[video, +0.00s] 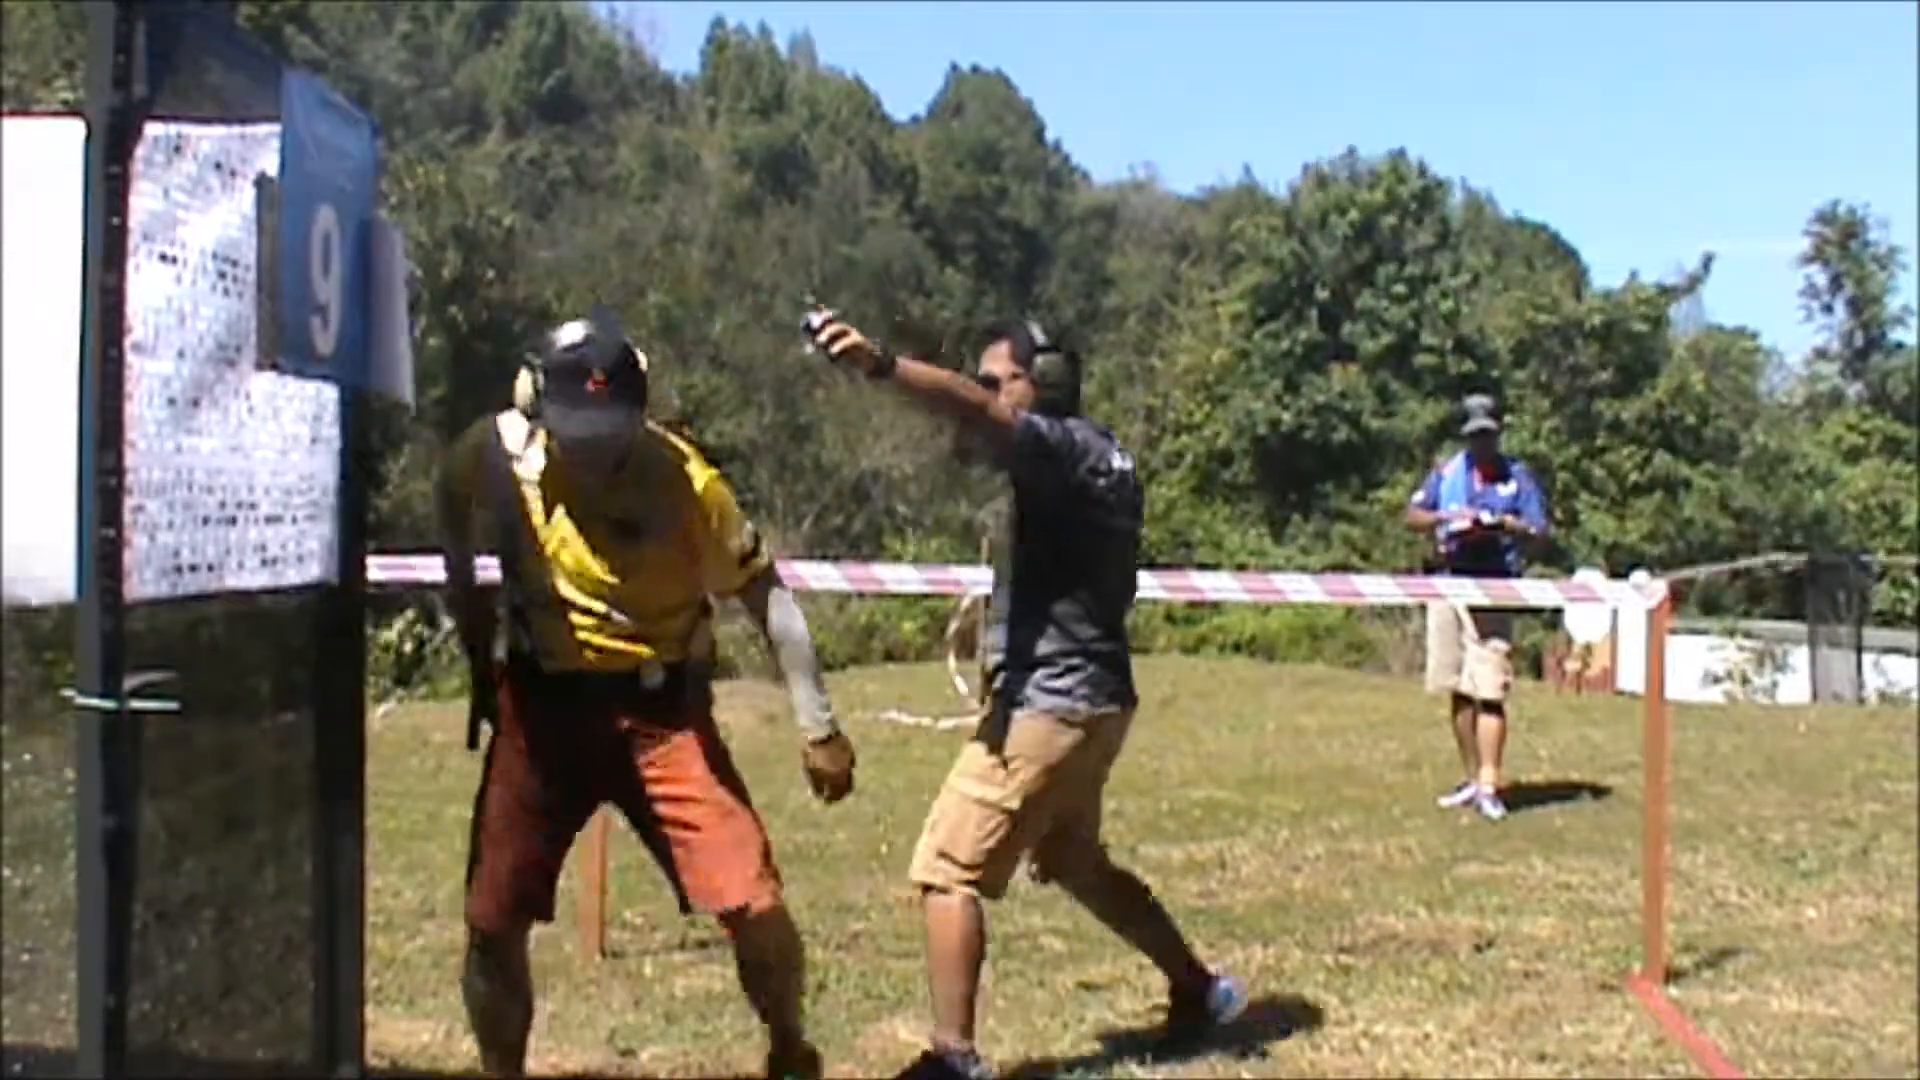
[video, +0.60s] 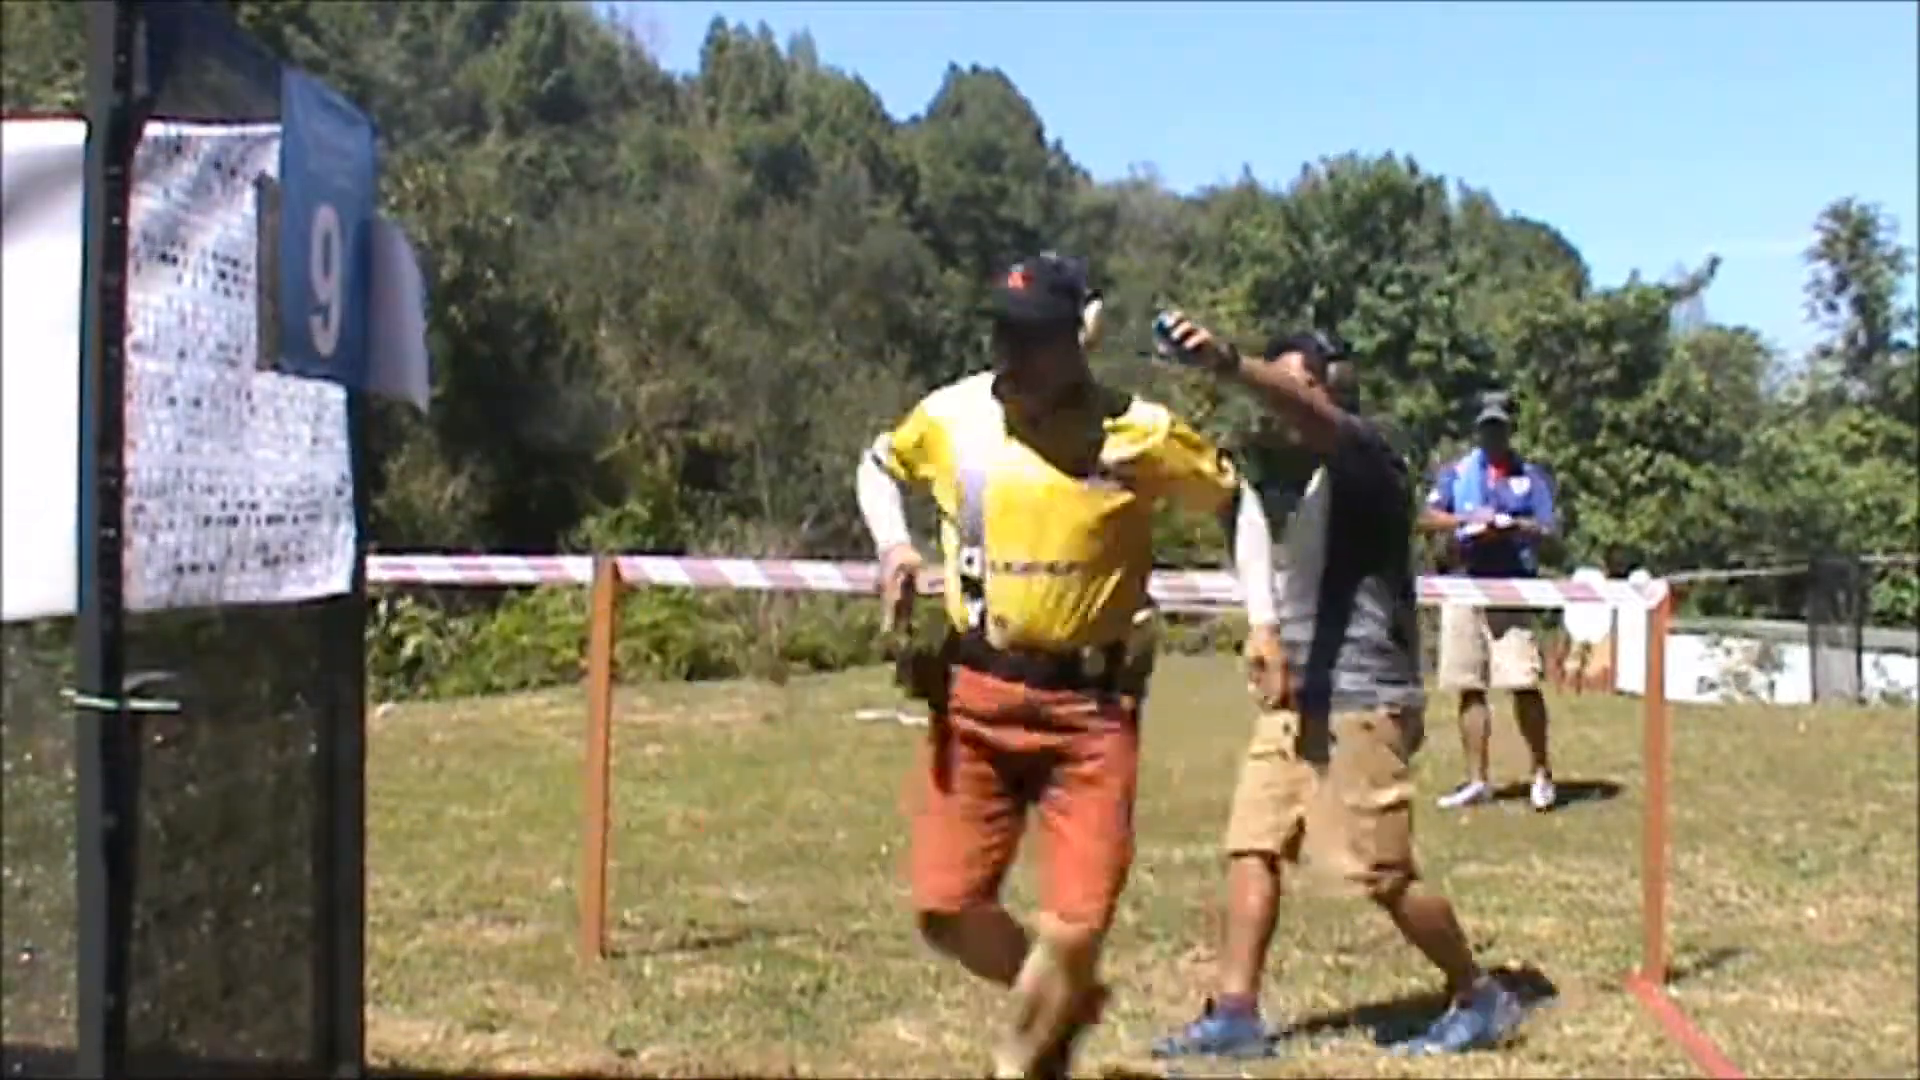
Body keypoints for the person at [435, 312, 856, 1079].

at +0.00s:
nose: (594, 453)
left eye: (610, 435)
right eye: (575, 437)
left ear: (638, 411)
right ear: (545, 413)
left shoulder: (685, 481)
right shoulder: (495, 455)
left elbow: (766, 594)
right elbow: (455, 522)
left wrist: (818, 723)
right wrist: (479, 649)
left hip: (664, 714)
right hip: (541, 712)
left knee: (757, 909)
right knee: (491, 928)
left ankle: (789, 1048)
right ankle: (503, 1071)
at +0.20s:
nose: (704, 512)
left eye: (712, 491)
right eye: (682, 500)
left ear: (726, 467)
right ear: (638, 485)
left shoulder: (772, 547)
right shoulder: (581, 514)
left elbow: (843, 644)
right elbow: (531, 551)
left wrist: (916, 759)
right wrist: (552, 665)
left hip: (736, 769)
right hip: (613, 763)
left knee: (850, 946)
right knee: (538, 957)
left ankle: (916, 1070)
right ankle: (525, 1071)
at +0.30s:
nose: (811, 500)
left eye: (826, 481)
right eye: (789, 483)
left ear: (848, 464)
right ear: (748, 466)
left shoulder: (885, 552)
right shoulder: (693, 502)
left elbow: (975, 646)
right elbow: (617, 522)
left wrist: (1063, 756)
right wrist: (635, 637)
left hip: (815, 780)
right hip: (690, 763)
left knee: (909, 951)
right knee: (583, 948)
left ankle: (927, 1072)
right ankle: (537, 1070)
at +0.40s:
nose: (863, 450)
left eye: (883, 432)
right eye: (848, 432)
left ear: (924, 430)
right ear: (830, 425)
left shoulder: (975, 534)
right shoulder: (787, 475)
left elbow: (1068, 628)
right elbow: (710, 492)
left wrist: (1157, 742)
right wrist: (721, 599)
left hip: (890, 763)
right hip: (769, 740)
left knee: (946, 961)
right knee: (648, 936)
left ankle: (954, 1076)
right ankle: (562, 1066)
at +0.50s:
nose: (949, 387)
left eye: (970, 371)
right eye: (941, 367)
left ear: (1018, 373)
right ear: (930, 365)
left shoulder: (1083, 474)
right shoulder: (895, 436)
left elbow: (1189, 561)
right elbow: (820, 467)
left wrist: (1249, 681)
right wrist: (833, 553)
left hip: (1007, 742)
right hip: (889, 719)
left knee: (1001, 958)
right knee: (810, 905)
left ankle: (970, 1070)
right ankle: (816, 1038)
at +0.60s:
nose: (1010, 355)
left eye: (1031, 338)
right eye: (1004, 335)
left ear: (1081, 341)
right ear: (994, 333)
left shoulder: (1143, 439)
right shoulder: (954, 414)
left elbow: (1243, 506)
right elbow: (879, 466)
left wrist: (1263, 626)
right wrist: (895, 545)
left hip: (1091, 717)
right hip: (976, 704)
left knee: (1076, 930)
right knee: (945, 910)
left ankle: (1028, 1062)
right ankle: (1066, 991)